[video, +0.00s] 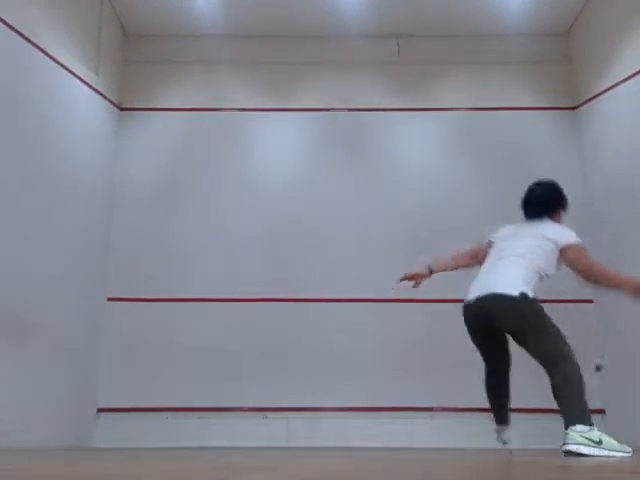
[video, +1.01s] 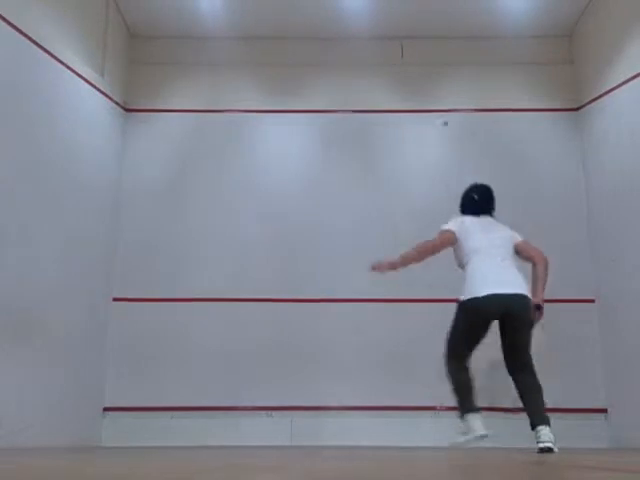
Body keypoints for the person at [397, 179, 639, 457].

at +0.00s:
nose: (564, 215)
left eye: (564, 210)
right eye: (563, 210)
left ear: (528, 209)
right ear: (557, 211)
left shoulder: (504, 233)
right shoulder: (558, 233)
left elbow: (468, 256)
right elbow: (590, 271)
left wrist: (429, 267)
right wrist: (628, 284)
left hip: (475, 305)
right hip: (513, 301)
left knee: (496, 362)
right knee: (560, 360)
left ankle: (501, 427)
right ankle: (579, 429)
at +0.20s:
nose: (541, 252)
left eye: (540, 247)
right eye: (541, 247)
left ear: (508, 247)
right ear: (535, 248)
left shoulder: (492, 269)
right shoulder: (543, 273)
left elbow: (458, 296)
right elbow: (568, 326)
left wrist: (426, 322)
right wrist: (596, 359)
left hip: (479, 325)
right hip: (517, 323)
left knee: (501, 375)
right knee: (543, 372)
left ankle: (514, 435)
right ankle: (563, 422)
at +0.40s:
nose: (531, 269)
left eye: (531, 266)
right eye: (530, 266)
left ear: (497, 263)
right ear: (525, 266)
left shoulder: (487, 276)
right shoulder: (532, 283)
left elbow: (462, 295)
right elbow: (536, 316)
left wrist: (436, 323)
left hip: (482, 314)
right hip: (521, 313)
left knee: (495, 373)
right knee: (533, 370)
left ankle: (515, 435)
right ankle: (533, 400)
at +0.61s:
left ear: (486, 250)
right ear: (515, 251)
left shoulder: (482, 264)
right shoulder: (523, 268)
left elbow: (463, 283)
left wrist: (444, 304)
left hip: (491, 308)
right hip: (531, 308)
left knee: (499, 369)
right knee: (533, 369)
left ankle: (516, 435)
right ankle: (518, 406)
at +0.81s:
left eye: (476, 223)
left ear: (475, 225)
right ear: (504, 226)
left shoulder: (473, 240)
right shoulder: (516, 246)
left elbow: (460, 255)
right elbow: (542, 285)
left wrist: (436, 275)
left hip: (492, 302)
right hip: (531, 301)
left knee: (497, 368)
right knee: (531, 367)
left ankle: (513, 431)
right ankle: (544, 431)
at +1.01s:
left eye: (464, 205)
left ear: (464, 206)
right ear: (491, 208)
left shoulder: (461, 224)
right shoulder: (504, 230)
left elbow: (431, 247)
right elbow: (540, 258)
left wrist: (395, 263)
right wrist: (538, 299)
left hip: (479, 299)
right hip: (517, 299)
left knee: (456, 358)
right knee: (520, 364)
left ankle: (472, 419)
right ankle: (542, 429)